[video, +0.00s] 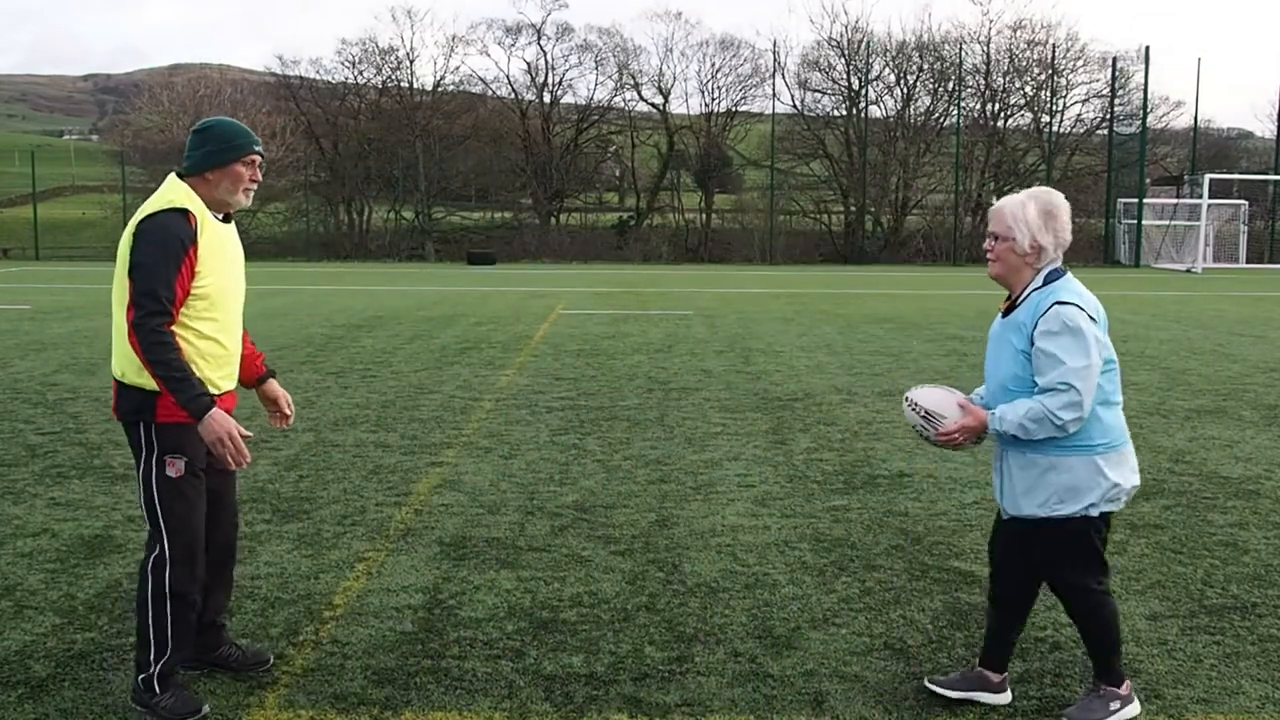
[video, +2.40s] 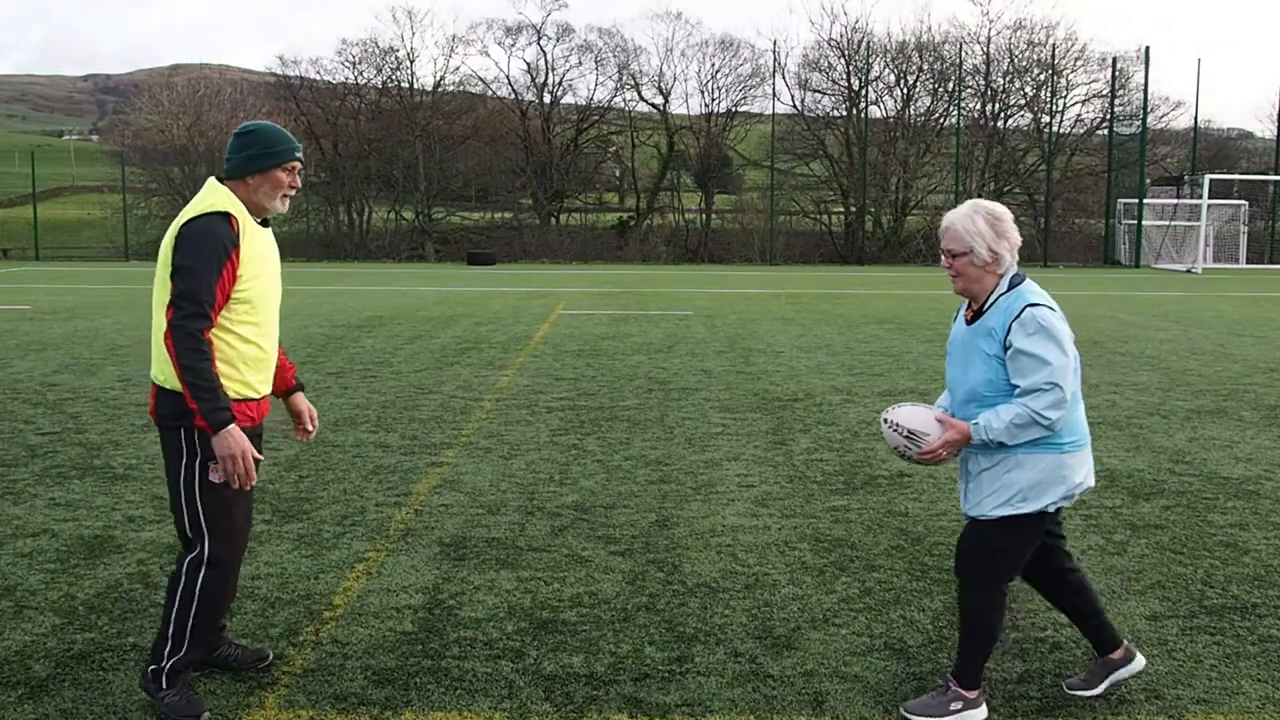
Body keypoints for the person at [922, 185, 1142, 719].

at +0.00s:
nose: (987, 247)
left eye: (998, 238)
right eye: (988, 236)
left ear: (1034, 247)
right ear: (1030, 248)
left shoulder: (1064, 313)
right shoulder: (1021, 307)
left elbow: (1065, 407)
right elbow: (1008, 385)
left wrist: (991, 421)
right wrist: (966, 408)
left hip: (1073, 479)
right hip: (1030, 474)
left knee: (1080, 583)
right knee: (1010, 569)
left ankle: (1113, 688)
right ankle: (991, 674)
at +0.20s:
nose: (1024, 244)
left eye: (1034, 234)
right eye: (1024, 233)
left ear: (1071, 243)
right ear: (1058, 243)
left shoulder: (1107, 308)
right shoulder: (1053, 303)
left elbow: (1115, 399)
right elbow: (1044, 379)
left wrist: (1039, 418)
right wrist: (1005, 409)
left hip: (1108, 472)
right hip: (1063, 467)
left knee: (1101, 577)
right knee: (1039, 552)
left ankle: (1116, 690)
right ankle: (1068, 665)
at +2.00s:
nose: (1029, 253)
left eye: (1037, 243)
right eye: (1027, 243)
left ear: (1073, 243)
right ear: (1052, 246)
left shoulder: (1112, 304)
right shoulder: (1059, 301)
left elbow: (1127, 390)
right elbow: (1052, 379)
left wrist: (1053, 417)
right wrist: (1016, 411)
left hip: (1114, 460)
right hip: (1081, 457)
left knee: (1059, 554)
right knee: (1107, 562)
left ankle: (1076, 673)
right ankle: (1128, 670)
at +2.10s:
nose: (1013, 257)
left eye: (1022, 247)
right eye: (1011, 247)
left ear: (1058, 246)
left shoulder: (1098, 305)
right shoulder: (1041, 304)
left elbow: (1117, 391)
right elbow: (1037, 382)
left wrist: (1041, 418)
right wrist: (1001, 420)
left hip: (1106, 459)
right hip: (1071, 455)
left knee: (1049, 550)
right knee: (1096, 562)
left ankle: (1028, 678)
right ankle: (1129, 669)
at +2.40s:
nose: (947, 265)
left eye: (957, 255)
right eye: (945, 255)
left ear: (993, 257)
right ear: (979, 259)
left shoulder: (1032, 315)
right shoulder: (972, 313)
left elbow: (1048, 405)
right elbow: (964, 390)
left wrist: (973, 430)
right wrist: (929, 426)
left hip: (1036, 470)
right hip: (1001, 467)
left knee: (980, 561)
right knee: (1044, 562)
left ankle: (965, 690)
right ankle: (1114, 653)